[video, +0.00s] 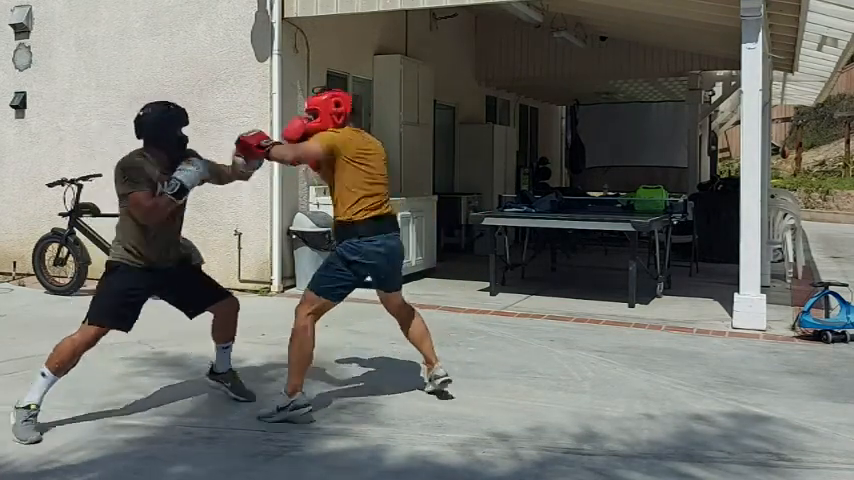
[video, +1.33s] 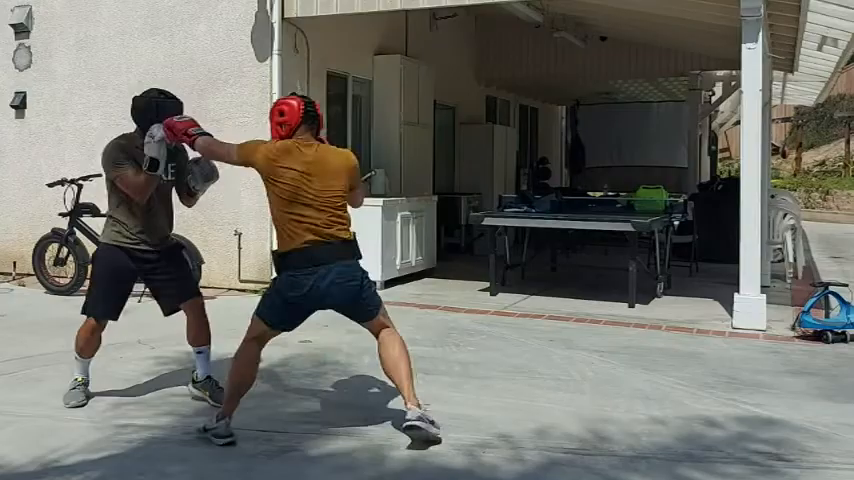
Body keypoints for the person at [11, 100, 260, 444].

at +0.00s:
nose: (184, 136)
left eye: (183, 130)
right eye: (178, 131)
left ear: (162, 137)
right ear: (160, 137)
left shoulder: (186, 160)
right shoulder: (130, 167)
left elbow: (224, 174)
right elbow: (150, 214)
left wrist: (245, 164)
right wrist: (181, 185)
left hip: (174, 265)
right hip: (130, 266)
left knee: (227, 305)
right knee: (90, 334)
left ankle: (222, 370)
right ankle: (29, 404)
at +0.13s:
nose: (196, 139)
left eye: (195, 135)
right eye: (190, 137)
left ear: (194, 140)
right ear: (172, 140)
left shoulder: (209, 165)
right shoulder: (157, 163)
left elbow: (257, 160)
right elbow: (216, 155)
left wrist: (293, 150)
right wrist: (240, 136)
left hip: (196, 271)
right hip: (156, 271)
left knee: (248, 312)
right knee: (124, 336)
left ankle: (258, 376)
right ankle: (53, 363)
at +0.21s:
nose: (208, 140)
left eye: (207, 135)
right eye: (202, 136)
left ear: (197, 141)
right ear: (184, 141)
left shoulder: (209, 168)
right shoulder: (165, 166)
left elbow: (246, 185)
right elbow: (208, 161)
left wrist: (285, 180)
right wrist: (245, 144)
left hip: (203, 274)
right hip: (164, 274)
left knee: (256, 315)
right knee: (131, 347)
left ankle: (271, 374)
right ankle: (74, 352)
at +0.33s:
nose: (206, 145)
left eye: (203, 139)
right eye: (199, 140)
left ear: (178, 146)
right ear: (182, 146)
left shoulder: (199, 179)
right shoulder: (164, 176)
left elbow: (199, 231)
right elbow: (184, 204)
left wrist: (219, 247)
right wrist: (214, 191)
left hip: (210, 278)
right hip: (173, 281)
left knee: (267, 315)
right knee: (139, 357)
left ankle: (273, 376)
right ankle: (86, 367)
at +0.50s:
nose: (186, 149)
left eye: (184, 143)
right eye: (179, 144)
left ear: (174, 148)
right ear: (160, 148)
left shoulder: (188, 178)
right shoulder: (136, 183)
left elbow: (195, 223)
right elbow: (142, 227)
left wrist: (211, 242)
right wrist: (169, 199)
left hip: (194, 276)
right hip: (153, 279)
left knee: (248, 316)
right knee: (122, 350)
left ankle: (274, 375)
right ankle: (84, 376)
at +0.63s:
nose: (164, 134)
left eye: (163, 127)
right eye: (157, 129)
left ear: (160, 129)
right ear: (137, 134)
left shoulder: (170, 156)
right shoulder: (110, 168)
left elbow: (187, 198)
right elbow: (115, 216)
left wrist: (199, 216)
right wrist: (138, 183)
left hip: (173, 257)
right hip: (130, 260)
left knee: (217, 311)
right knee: (107, 332)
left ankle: (244, 374)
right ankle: (81, 378)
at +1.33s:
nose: (177, 125)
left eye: (178, 120)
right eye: (173, 120)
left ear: (170, 123)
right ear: (153, 122)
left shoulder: (174, 150)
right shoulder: (117, 149)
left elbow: (187, 200)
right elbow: (140, 191)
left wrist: (196, 183)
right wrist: (155, 155)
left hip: (162, 247)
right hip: (119, 245)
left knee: (195, 306)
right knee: (96, 320)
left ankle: (203, 377)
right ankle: (80, 379)